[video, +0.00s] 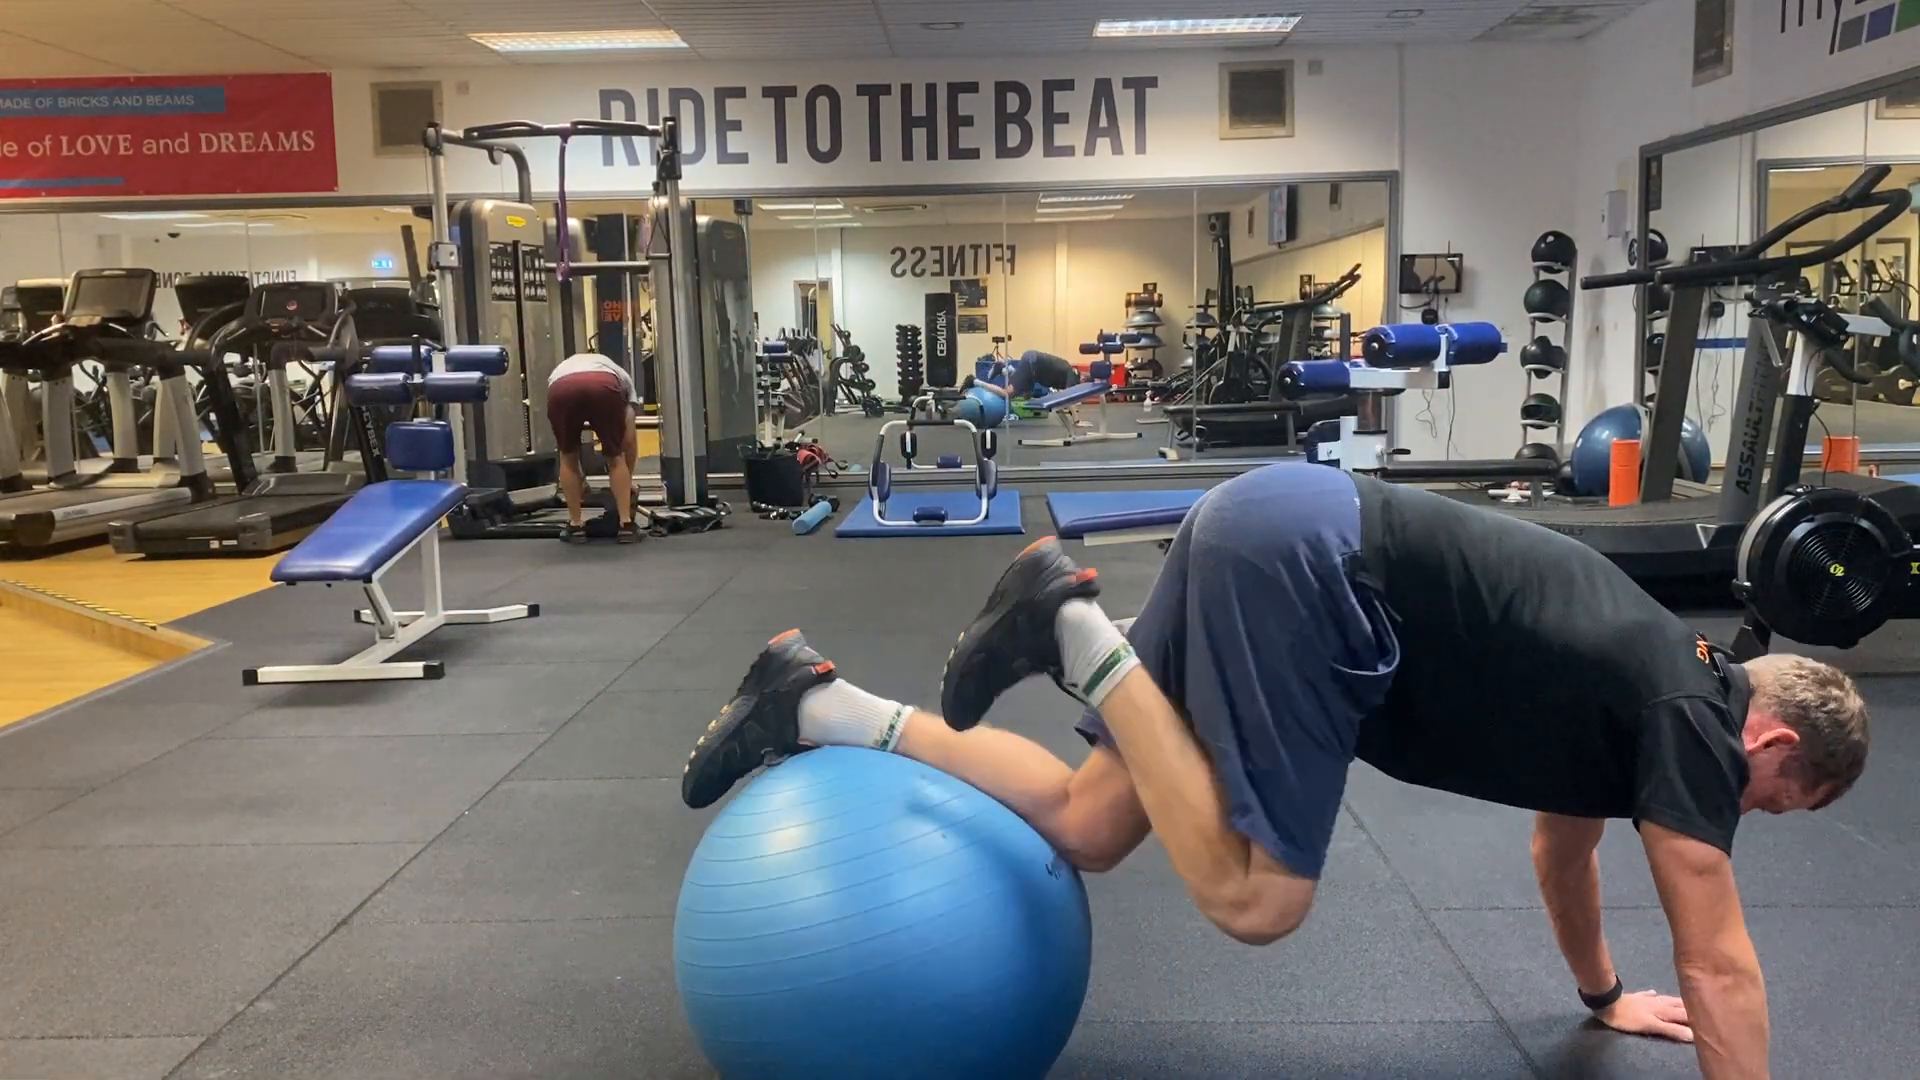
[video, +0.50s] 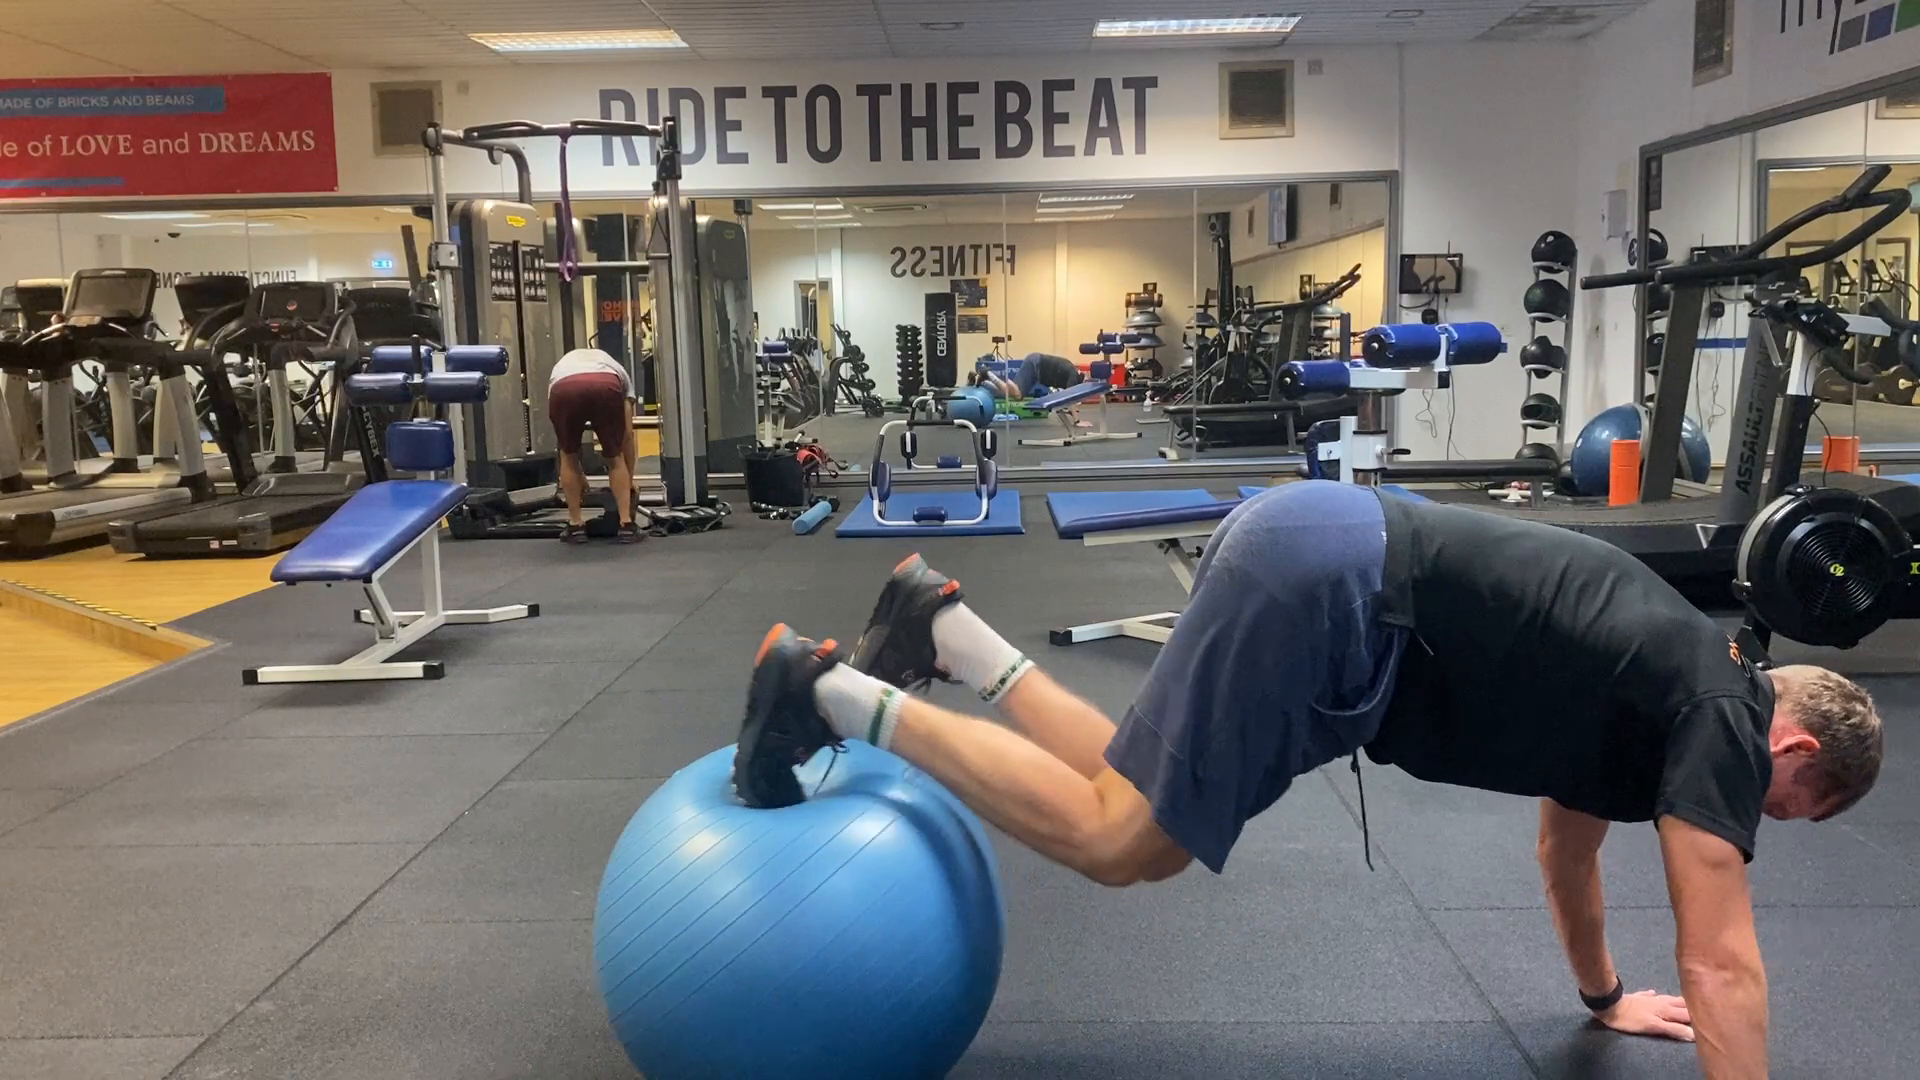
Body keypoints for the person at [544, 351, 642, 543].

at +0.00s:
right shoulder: (625, 381)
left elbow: (568, 445)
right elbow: (629, 441)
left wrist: (581, 482)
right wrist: (627, 480)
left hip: (560, 386)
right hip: (604, 385)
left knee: (568, 459)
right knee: (616, 459)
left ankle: (575, 525)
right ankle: (626, 524)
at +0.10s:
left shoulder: (556, 377)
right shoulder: (623, 381)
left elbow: (568, 444)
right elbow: (629, 442)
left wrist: (580, 482)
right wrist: (627, 479)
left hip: (560, 388)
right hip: (604, 387)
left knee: (567, 461)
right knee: (616, 459)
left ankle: (576, 525)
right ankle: (626, 523)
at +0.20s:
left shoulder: (557, 377)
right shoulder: (622, 381)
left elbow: (568, 442)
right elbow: (629, 441)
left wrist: (581, 481)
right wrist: (630, 479)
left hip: (560, 389)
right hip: (604, 388)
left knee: (568, 459)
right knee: (615, 459)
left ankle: (576, 525)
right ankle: (625, 523)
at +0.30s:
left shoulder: (557, 377)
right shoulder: (622, 381)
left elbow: (568, 444)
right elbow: (628, 441)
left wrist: (581, 482)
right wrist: (629, 480)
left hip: (561, 389)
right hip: (605, 388)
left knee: (568, 460)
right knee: (615, 459)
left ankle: (576, 525)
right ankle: (626, 523)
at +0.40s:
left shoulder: (559, 375)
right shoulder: (622, 380)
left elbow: (570, 442)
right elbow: (628, 440)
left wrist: (582, 483)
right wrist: (629, 480)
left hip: (562, 388)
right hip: (605, 386)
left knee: (569, 459)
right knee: (616, 460)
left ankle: (576, 525)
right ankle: (626, 523)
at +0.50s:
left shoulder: (558, 373)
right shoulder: (621, 373)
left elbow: (565, 438)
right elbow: (628, 434)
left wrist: (580, 479)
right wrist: (629, 479)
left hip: (564, 389)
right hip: (606, 385)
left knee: (568, 459)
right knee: (616, 461)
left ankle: (576, 525)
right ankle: (626, 524)